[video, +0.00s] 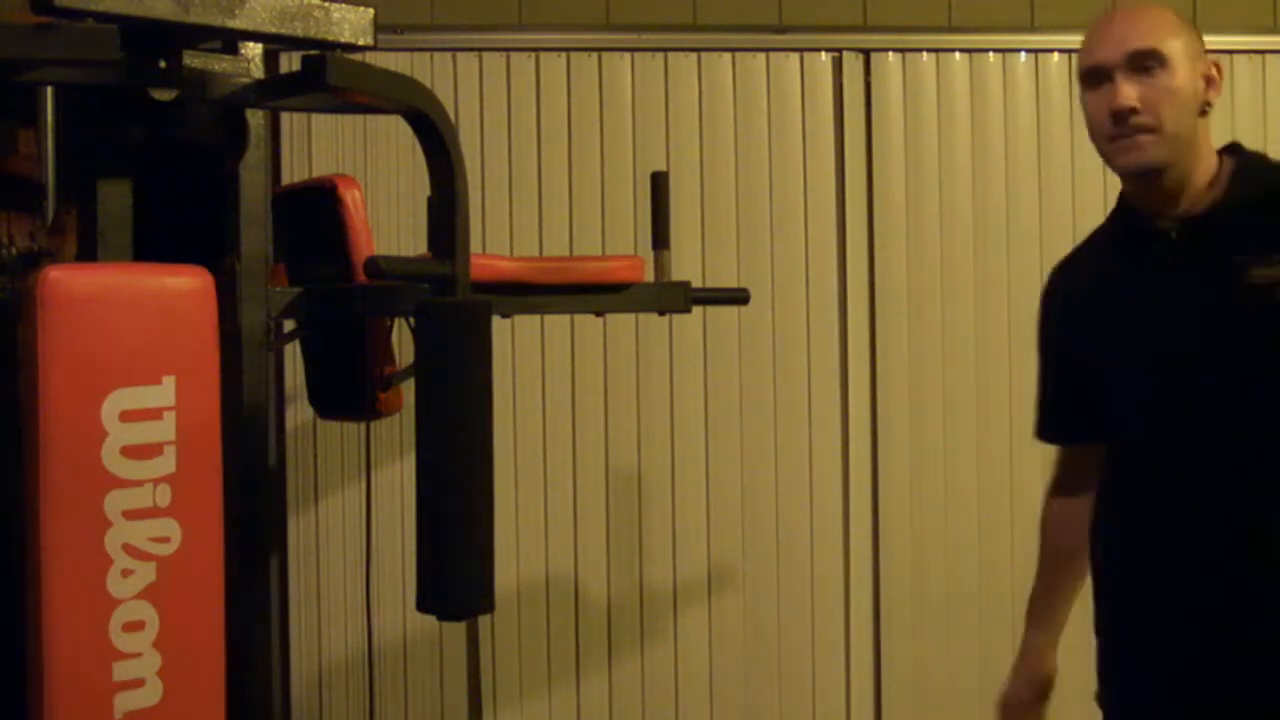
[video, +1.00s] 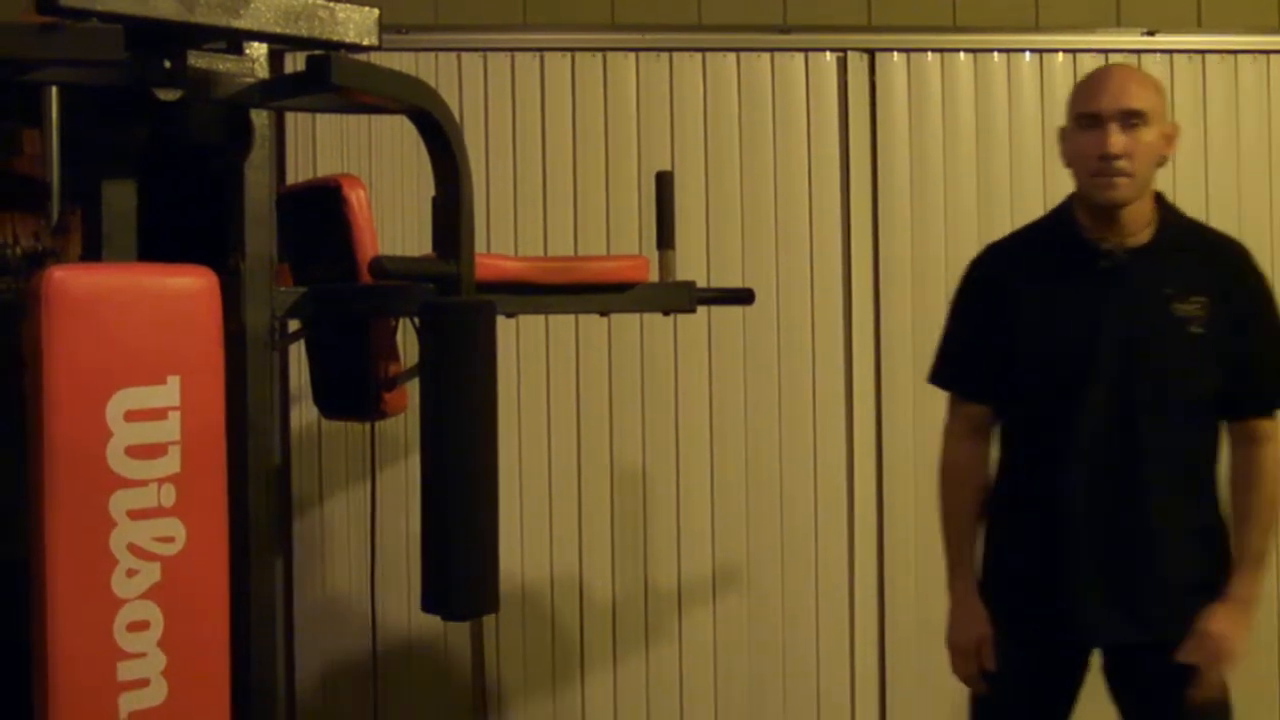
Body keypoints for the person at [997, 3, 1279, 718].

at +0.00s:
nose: (1123, 99)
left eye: (1148, 68)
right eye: (1099, 81)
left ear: (1208, 83)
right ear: (1083, 107)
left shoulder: (1275, 217)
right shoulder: (1083, 285)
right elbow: (1079, 474)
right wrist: (1037, 653)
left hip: (1277, 643)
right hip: (1157, 659)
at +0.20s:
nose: (1171, 140)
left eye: (1193, 112)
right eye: (1145, 119)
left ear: (1243, 127)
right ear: (1122, 146)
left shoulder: (1278, 266)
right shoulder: (1084, 299)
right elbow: (1060, 483)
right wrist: (1042, 668)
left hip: (1275, 659)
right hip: (1146, 668)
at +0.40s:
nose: (1193, 146)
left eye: (1217, 121)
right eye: (1170, 125)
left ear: (1261, 137)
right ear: (1146, 145)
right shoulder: (1092, 283)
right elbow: (1055, 453)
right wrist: (1039, 619)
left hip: (1268, 625)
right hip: (1130, 628)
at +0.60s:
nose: (1196, 142)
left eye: (1220, 121)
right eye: (1174, 121)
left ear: (1258, 144)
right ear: (1148, 141)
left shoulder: (1275, 268)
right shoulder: (1078, 275)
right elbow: (1040, 443)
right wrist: (1025, 607)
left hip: (1248, 609)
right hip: (1105, 608)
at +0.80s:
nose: (1166, 141)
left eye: (1188, 120)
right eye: (1146, 121)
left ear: (1222, 142)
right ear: (1116, 141)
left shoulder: (1264, 269)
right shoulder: (1049, 272)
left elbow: (1275, 431)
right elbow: (1010, 436)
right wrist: (996, 601)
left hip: (1219, 591)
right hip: (1078, 590)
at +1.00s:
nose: (1110, 142)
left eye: (1132, 123)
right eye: (1090, 124)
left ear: (1167, 142)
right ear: (1065, 144)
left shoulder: (1223, 272)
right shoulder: (1002, 271)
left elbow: (1256, 438)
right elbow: (966, 433)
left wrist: (1241, 596)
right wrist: (962, 591)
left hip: (1169, 583)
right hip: (1033, 583)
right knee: (1008, 716)